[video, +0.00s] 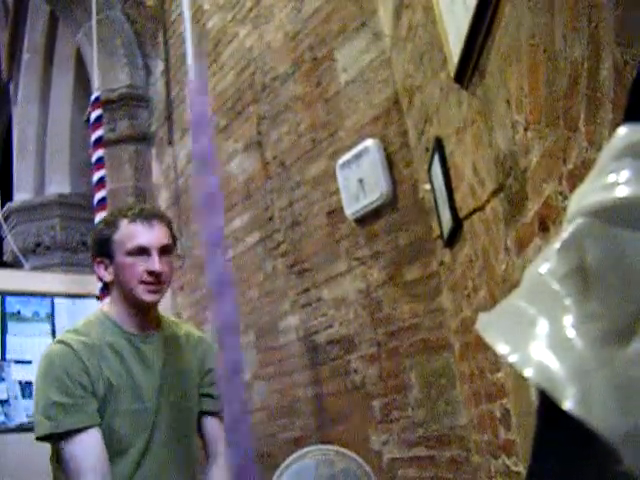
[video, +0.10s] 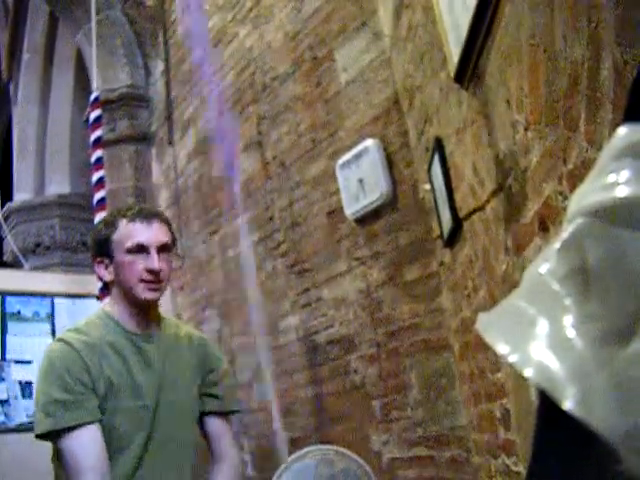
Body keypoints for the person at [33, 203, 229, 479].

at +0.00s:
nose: (157, 268)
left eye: (165, 253)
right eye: (139, 254)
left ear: (174, 261)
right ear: (104, 268)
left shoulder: (198, 349)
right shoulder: (69, 358)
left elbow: (222, 456)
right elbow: (92, 475)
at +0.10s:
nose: (155, 266)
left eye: (164, 252)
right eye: (138, 252)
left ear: (173, 260)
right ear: (104, 268)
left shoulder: (197, 349)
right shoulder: (71, 356)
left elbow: (227, 459)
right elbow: (91, 474)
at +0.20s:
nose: (156, 265)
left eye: (164, 251)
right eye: (139, 251)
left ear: (174, 262)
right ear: (105, 268)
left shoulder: (200, 350)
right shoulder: (73, 354)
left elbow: (232, 457)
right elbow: (85, 471)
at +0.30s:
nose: (158, 263)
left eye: (166, 250)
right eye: (141, 250)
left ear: (175, 260)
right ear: (109, 268)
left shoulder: (203, 350)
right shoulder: (74, 352)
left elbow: (241, 456)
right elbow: (73, 468)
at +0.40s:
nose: (160, 262)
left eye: (169, 250)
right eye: (145, 249)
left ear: (178, 262)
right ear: (113, 268)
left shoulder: (204, 350)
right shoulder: (76, 346)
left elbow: (251, 453)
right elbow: (60, 461)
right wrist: (152, 474)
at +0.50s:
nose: (164, 260)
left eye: (171, 249)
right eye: (147, 248)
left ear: (182, 260)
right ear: (117, 267)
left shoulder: (206, 349)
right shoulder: (76, 341)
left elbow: (257, 444)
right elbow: (57, 448)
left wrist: (245, 468)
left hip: (191, 472)